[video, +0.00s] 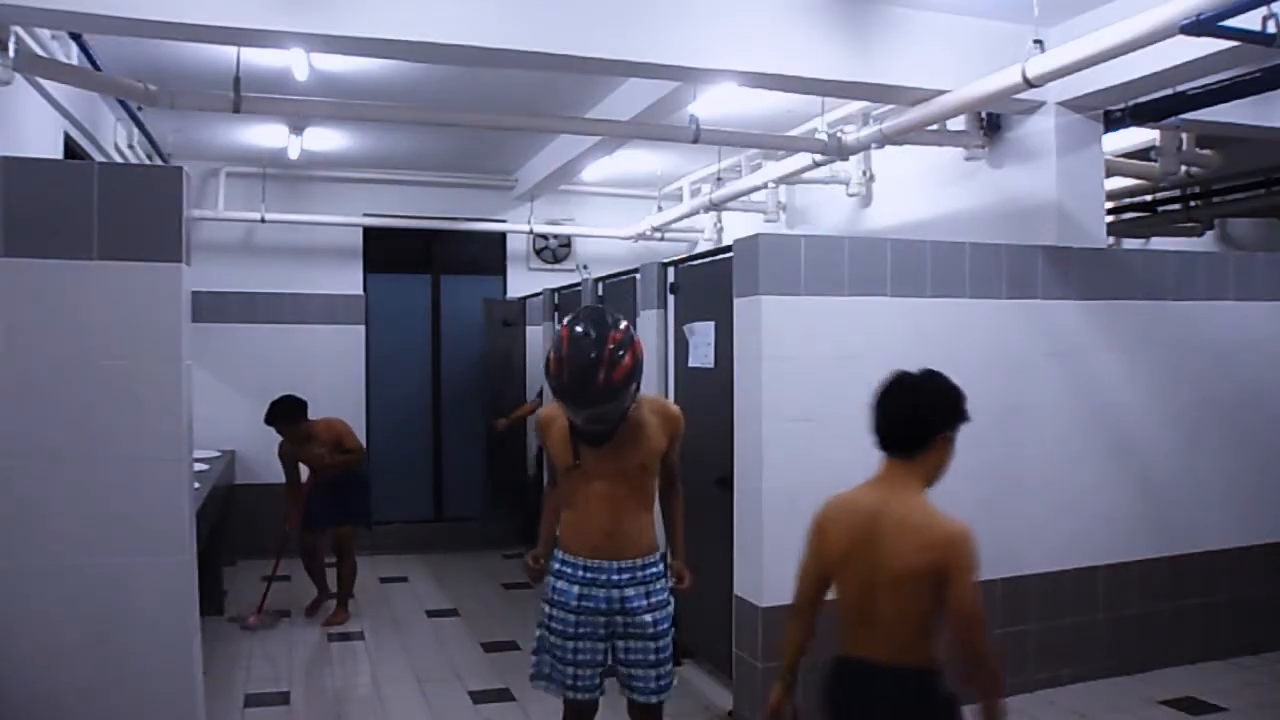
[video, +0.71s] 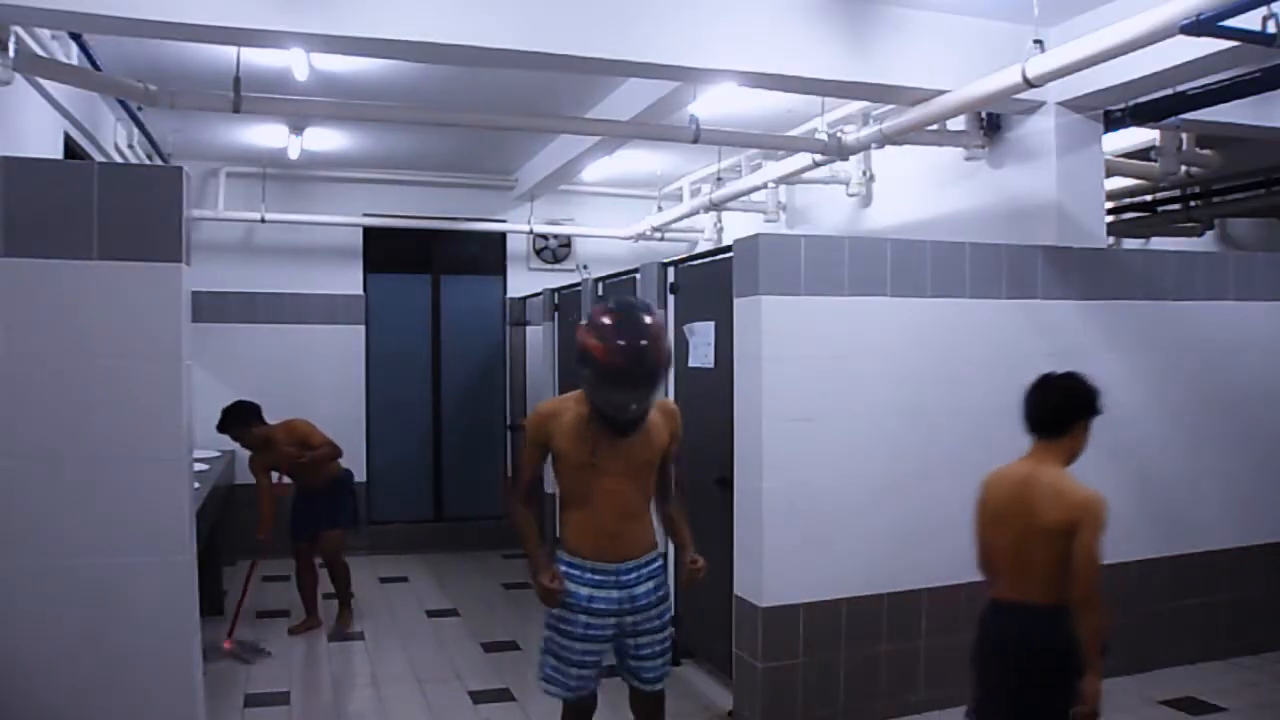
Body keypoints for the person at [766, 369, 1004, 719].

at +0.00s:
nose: (952, 451)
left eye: (953, 438)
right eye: (953, 438)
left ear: (886, 432)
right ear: (942, 442)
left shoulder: (834, 514)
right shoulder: (946, 536)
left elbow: (803, 611)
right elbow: (971, 643)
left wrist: (785, 684)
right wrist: (992, 704)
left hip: (846, 686)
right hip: (916, 691)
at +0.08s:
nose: (966, 455)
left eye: (967, 442)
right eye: (967, 442)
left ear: (899, 439)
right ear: (957, 445)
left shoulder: (851, 519)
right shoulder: (965, 535)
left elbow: (818, 611)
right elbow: (989, 636)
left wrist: (797, 686)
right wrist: (1012, 701)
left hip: (868, 684)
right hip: (936, 687)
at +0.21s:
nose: (985, 451)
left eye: (987, 440)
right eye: (987, 440)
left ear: (921, 437)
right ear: (977, 441)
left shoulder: (882, 517)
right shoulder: (990, 527)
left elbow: (858, 615)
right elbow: (1009, 634)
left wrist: (837, 693)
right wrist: (1029, 700)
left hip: (904, 671)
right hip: (967, 674)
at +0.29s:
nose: (1000, 443)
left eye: (1000, 433)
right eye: (1000, 433)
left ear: (938, 431)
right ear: (992, 437)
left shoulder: (901, 511)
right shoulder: (1005, 519)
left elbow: (889, 605)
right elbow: (1020, 620)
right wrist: (1037, 694)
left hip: (921, 663)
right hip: (985, 666)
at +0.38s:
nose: (1016, 435)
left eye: (1016, 426)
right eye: (1016, 426)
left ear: (956, 423)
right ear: (1007, 429)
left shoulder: (919, 500)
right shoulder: (1018, 509)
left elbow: (915, 591)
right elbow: (1030, 611)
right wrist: (1044, 689)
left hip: (938, 649)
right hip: (996, 653)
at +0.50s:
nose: (1041, 434)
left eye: (1041, 424)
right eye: (1041, 424)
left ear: (984, 420)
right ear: (1032, 426)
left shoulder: (944, 490)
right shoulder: (1038, 502)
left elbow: (943, 573)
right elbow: (1046, 603)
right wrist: (1056, 677)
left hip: (958, 637)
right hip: (1014, 643)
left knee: (961, 711)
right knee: (1014, 712)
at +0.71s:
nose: (1087, 437)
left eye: (1088, 427)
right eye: (1087, 427)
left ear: (1033, 421)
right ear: (1080, 429)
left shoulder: (993, 485)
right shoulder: (1082, 502)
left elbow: (986, 563)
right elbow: (1084, 594)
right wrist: (1092, 671)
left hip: (999, 628)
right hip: (1054, 634)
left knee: (992, 709)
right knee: (1051, 710)